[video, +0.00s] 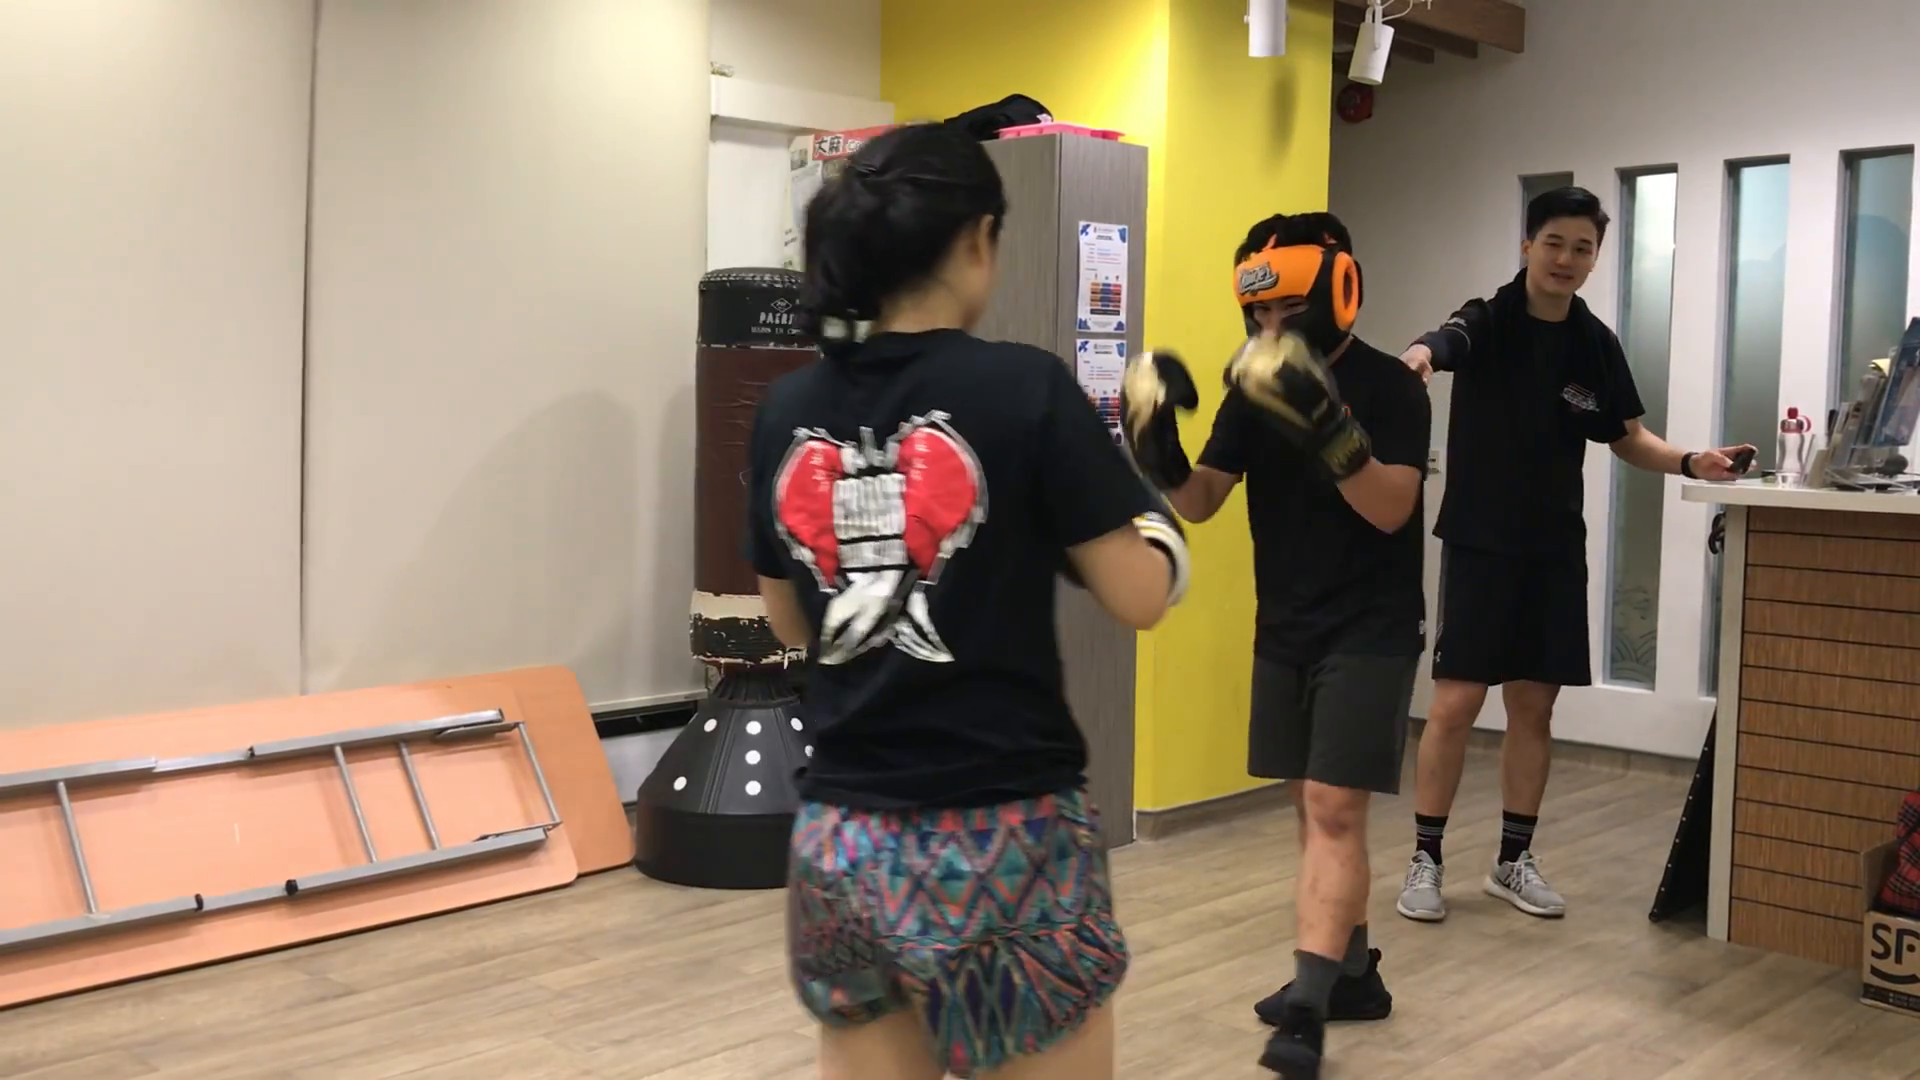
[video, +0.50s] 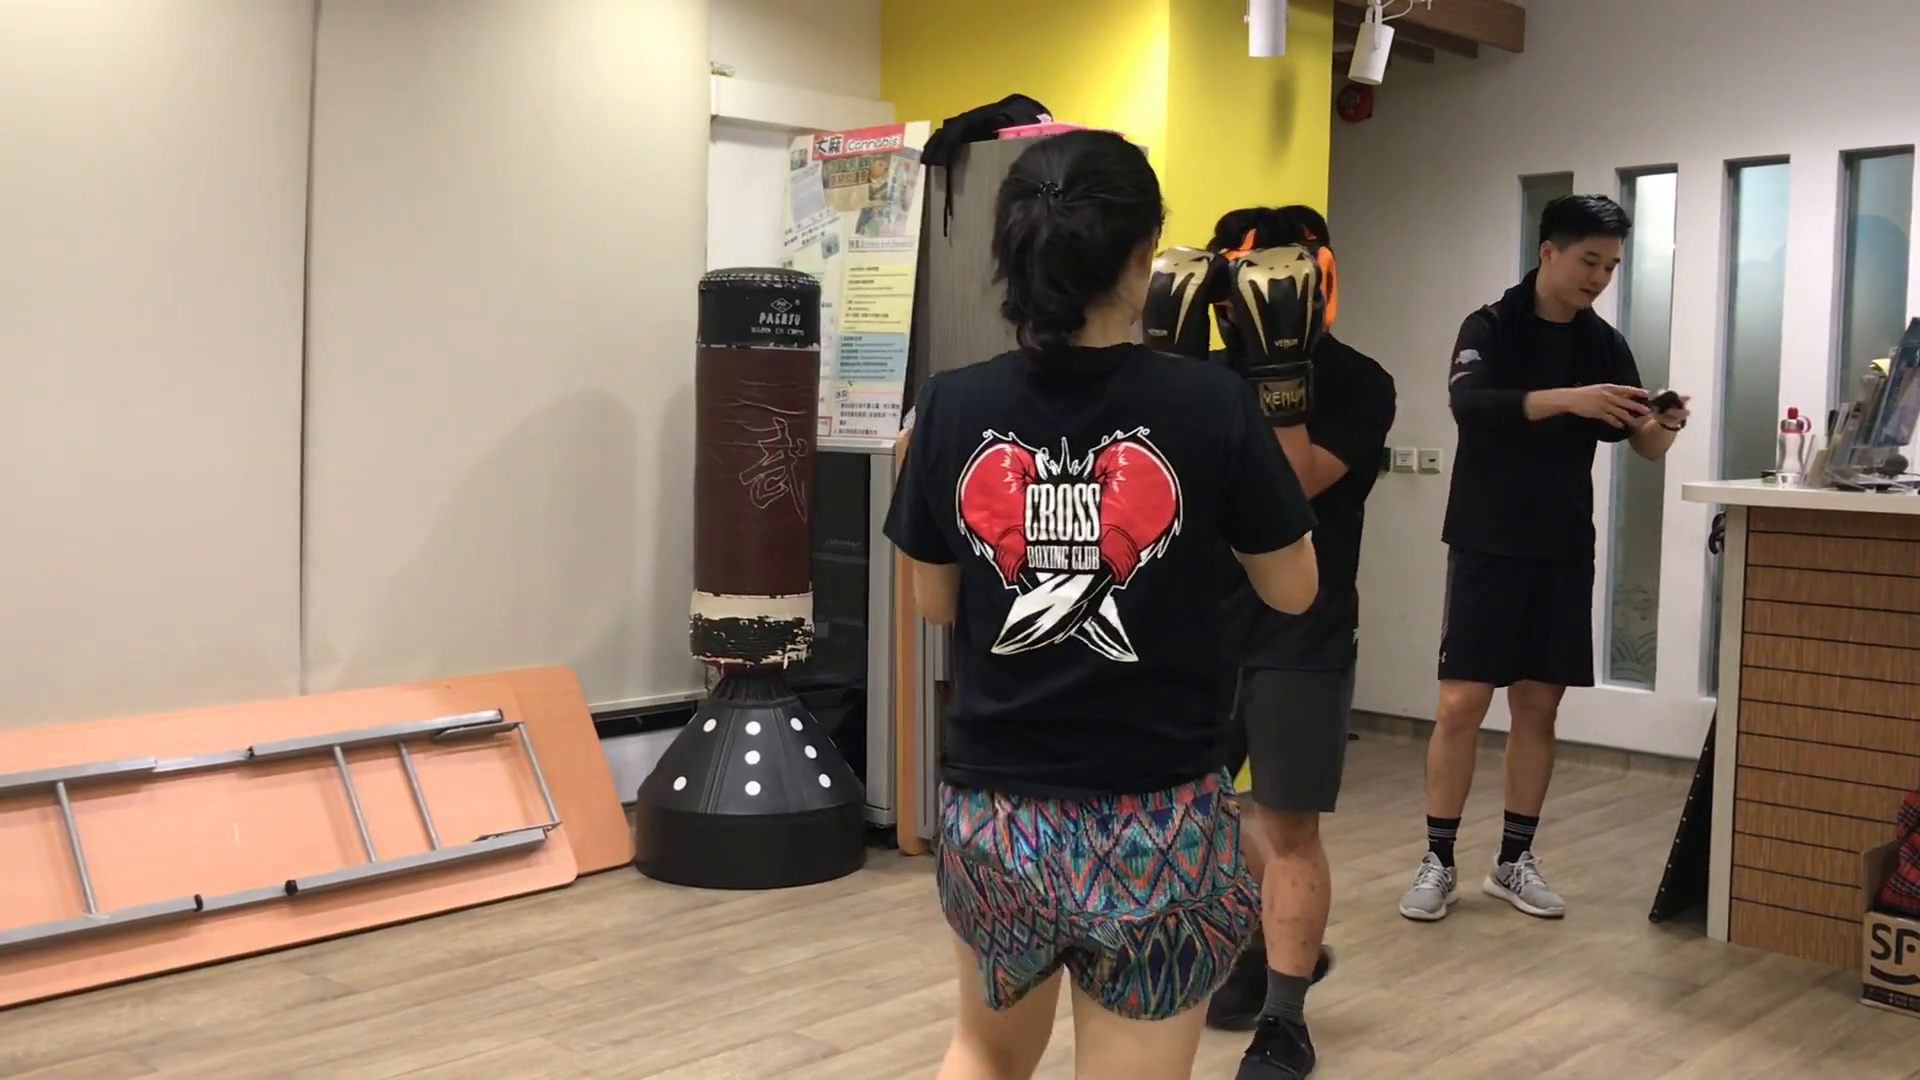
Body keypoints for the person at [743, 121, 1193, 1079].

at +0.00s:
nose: (994, 271)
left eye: (992, 244)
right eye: (994, 243)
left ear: (853, 246)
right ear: (971, 246)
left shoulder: (787, 410)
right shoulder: (1024, 388)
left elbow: (794, 620)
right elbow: (1142, 596)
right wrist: (1145, 489)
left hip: (840, 838)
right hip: (1007, 839)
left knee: (868, 1064)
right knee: (1048, 1061)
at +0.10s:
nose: (1038, 269)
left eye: (1035, 245)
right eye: (1037, 244)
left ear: (896, 252)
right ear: (1019, 251)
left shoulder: (833, 414)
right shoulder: (1079, 403)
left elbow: (833, 624)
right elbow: (1188, 605)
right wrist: (1169, 494)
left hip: (883, 834)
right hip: (1054, 839)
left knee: (894, 1064)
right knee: (1089, 1063)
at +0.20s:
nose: (1085, 266)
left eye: (1083, 243)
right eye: (1084, 243)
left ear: (939, 246)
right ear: (1067, 249)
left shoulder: (879, 406)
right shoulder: (1129, 403)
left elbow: (867, 613)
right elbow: (1228, 602)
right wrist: (1196, 467)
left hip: (930, 827)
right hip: (1100, 826)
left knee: (939, 1066)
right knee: (1107, 1061)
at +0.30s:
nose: (1122, 258)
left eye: (1117, 236)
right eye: (1120, 239)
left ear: (973, 250)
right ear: (1108, 257)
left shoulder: (919, 406)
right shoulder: (1177, 406)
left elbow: (896, 604)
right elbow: (1269, 597)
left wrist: (998, 523)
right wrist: (1181, 505)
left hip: (964, 817)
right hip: (1129, 821)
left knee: (969, 1064)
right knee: (1120, 1062)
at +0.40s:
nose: (1153, 257)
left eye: (1147, 235)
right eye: (1151, 237)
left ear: (1007, 251)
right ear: (1137, 256)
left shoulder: (947, 407)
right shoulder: (1199, 405)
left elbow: (922, 605)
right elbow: (1291, 589)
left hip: (990, 814)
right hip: (1154, 818)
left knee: (980, 1048)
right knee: (1133, 1064)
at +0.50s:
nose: (1157, 249)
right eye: (1157, 232)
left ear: (1011, 247)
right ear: (1146, 252)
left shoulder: (956, 406)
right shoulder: (1211, 403)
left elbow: (931, 598)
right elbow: (1293, 584)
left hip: (996, 812)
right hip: (1163, 820)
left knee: (986, 1050)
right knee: (1134, 1064)